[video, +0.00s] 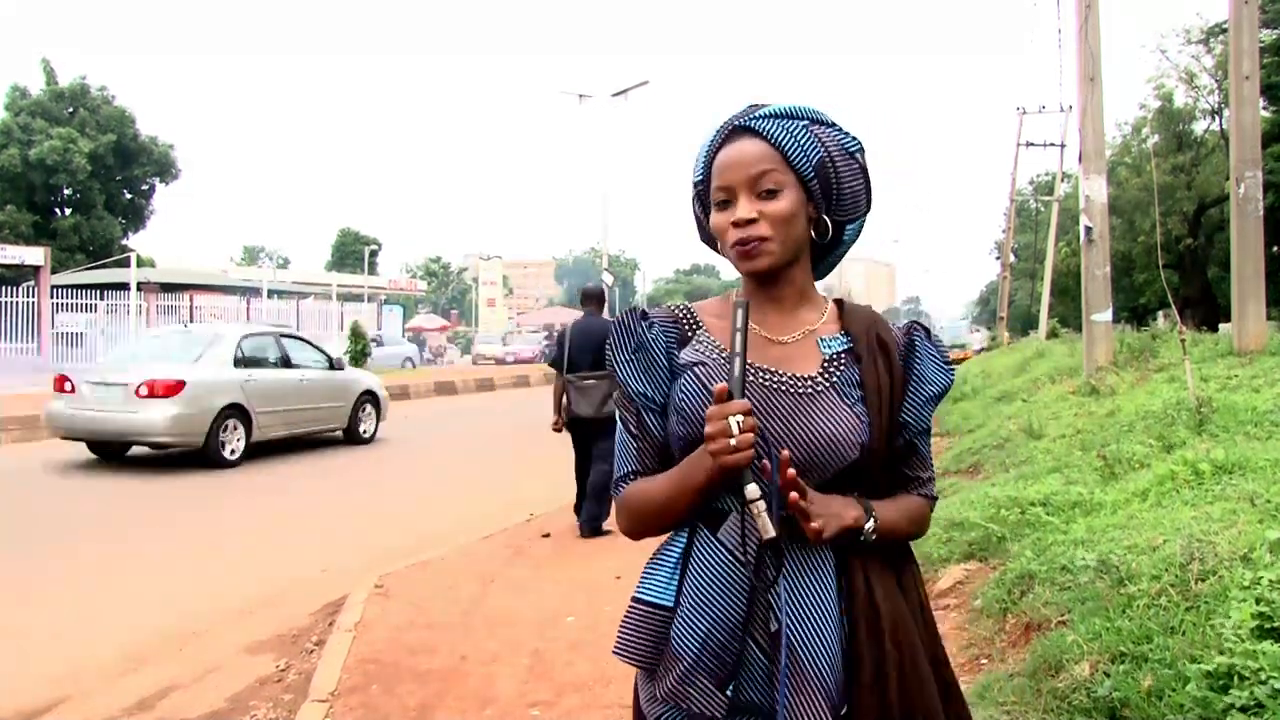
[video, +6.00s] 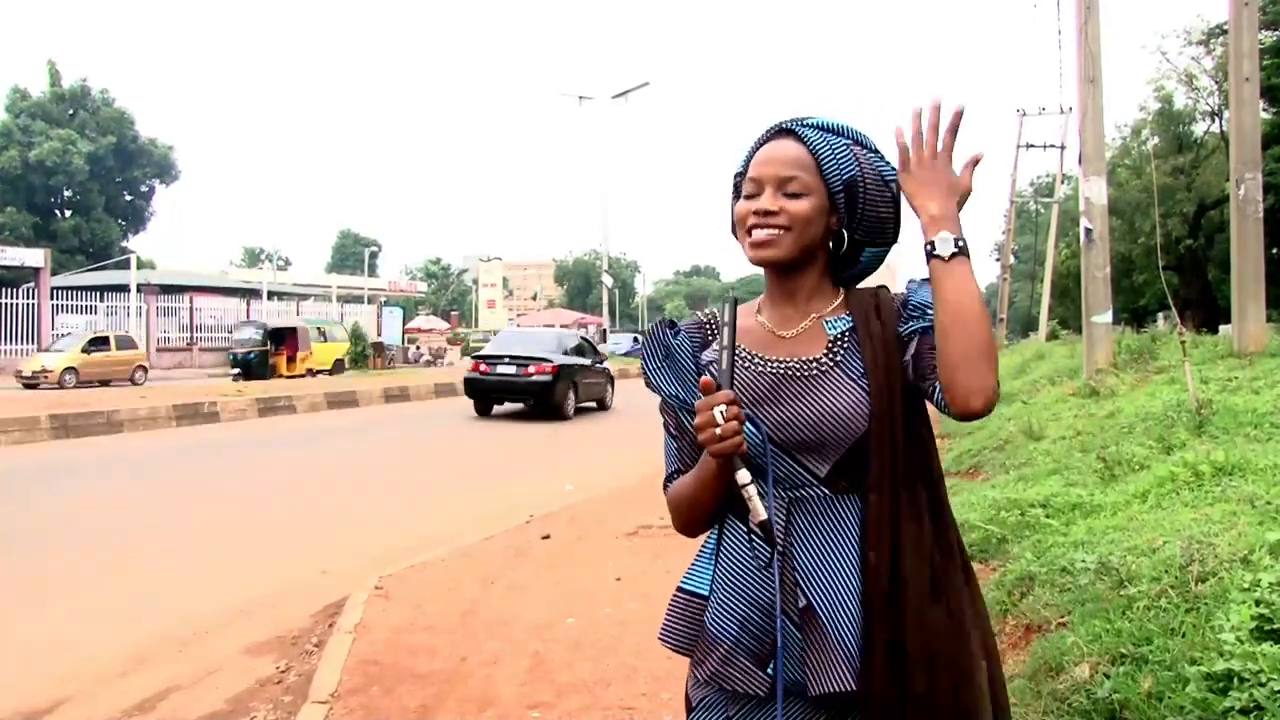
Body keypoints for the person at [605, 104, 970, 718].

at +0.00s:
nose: (742, 216)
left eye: (767, 193)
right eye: (723, 202)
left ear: (815, 206)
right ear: (709, 222)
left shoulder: (881, 346)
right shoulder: (667, 342)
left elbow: (918, 503)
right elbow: (631, 515)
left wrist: (855, 512)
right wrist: (706, 462)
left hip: (849, 628)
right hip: (710, 629)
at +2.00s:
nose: (802, 204)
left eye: (828, 185)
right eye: (786, 191)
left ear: (875, 204)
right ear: (771, 213)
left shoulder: (948, 337)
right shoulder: (736, 343)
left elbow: (985, 495)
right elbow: (718, 514)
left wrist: (938, 491)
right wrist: (767, 459)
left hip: (918, 641)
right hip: (783, 646)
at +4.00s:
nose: (783, 207)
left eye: (810, 184)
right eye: (773, 193)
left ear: (870, 199)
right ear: (766, 211)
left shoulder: (948, 336)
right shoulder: (743, 337)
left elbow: (978, 506)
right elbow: (723, 507)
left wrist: (943, 503)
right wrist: (737, 464)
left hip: (898, 634)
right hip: (769, 632)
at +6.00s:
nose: (762, 206)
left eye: (791, 191)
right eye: (751, 191)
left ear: (838, 214)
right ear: (736, 209)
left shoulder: (891, 317)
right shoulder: (701, 344)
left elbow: (972, 394)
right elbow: (686, 518)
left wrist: (940, 222)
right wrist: (714, 459)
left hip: (875, 630)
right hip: (745, 633)